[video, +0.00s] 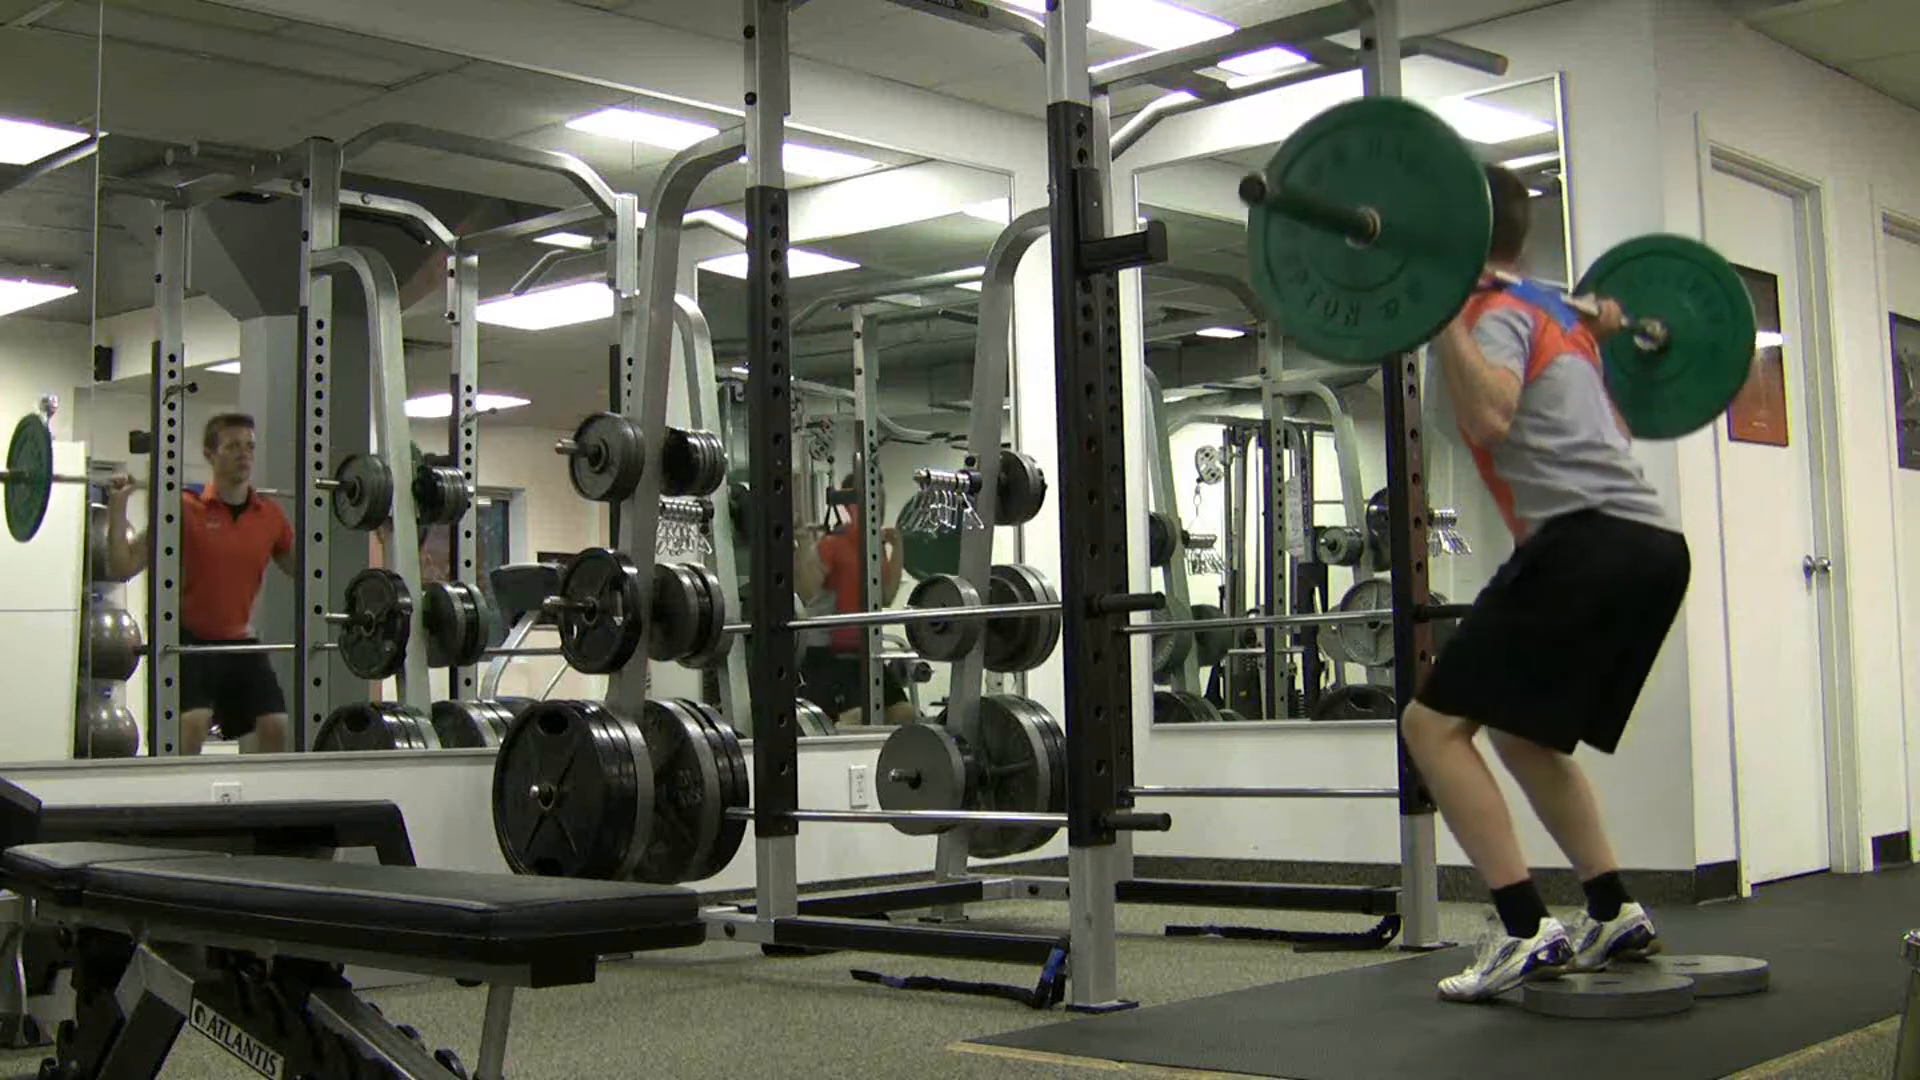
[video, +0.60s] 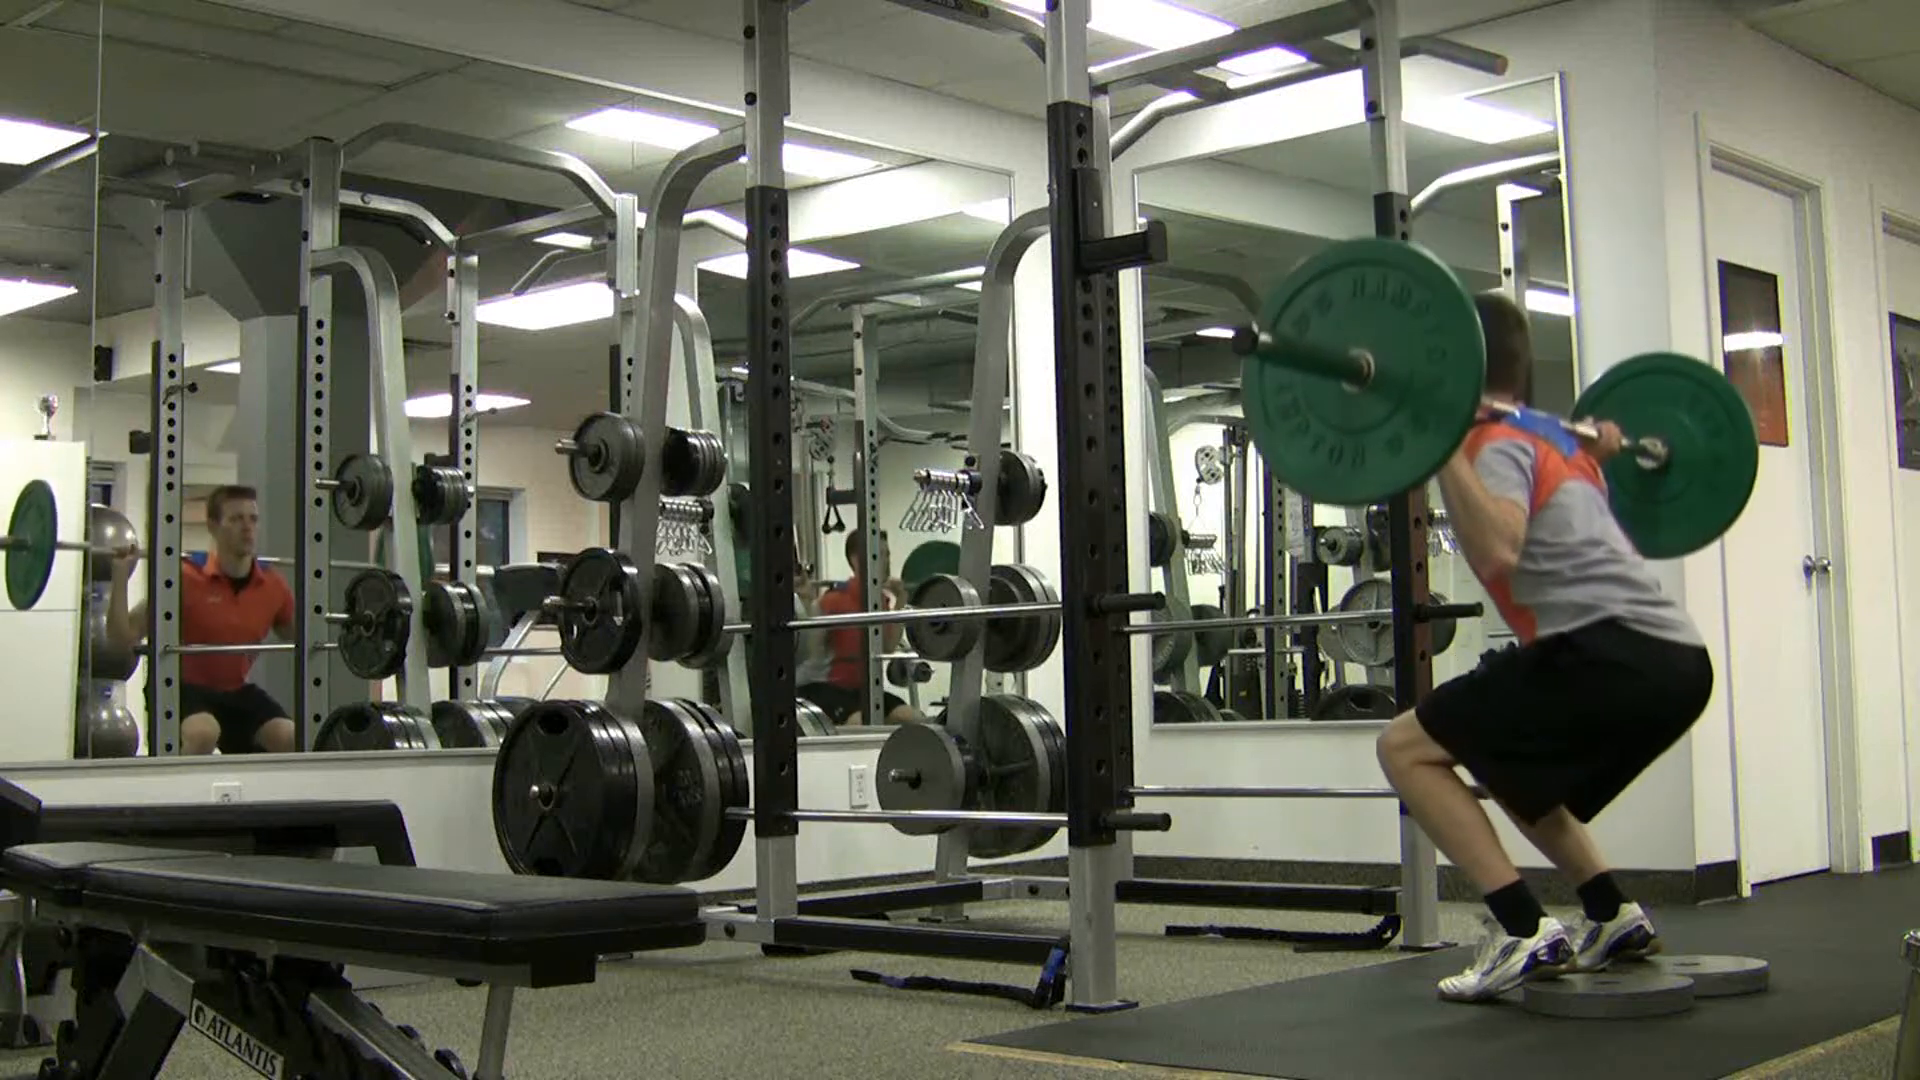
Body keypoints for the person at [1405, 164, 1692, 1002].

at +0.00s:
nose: (1437, 244)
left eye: (1443, 223)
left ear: (1459, 232)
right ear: (1521, 235)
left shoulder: (1497, 306)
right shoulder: (1562, 310)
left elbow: (1487, 420)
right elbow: (1618, 418)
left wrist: (1438, 310)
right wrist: (1596, 327)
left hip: (1584, 541)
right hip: (1655, 548)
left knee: (1431, 725)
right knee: (1524, 730)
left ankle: (1525, 930)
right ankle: (1617, 916)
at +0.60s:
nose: (1430, 373)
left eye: (1440, 357)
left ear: (1454, 366)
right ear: (1520, 370)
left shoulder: (1499, 439)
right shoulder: (1558, 437)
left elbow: (1496, 553)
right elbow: (1574, 510)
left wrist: (1441, 444)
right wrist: (1591, 452)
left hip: (1602, 654)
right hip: (1678, 664)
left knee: (1405, 747)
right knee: (1512, 775)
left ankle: (1523, 930)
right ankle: (1613, 914)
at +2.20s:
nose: (1437, 257)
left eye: (1441, 240)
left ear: (1459, 244)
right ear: (1518, 244)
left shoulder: (1496, 309)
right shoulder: (1566, 317)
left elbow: (1487, 416)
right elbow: (1630, 430)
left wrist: (1440, 314)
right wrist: (1610, 340)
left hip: (1587, 542)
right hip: (1658, 541)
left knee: (1438, 723)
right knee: (1519, 727)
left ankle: (1523, 931)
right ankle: (1614, 911)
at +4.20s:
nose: (1433, 315)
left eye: (1441, 298)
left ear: (1455, 307)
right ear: (1521, 309)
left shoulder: (1499, 381)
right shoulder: (1563, 382)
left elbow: (1497, 491)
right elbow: (1614, 484)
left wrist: (1443, 393)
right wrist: (1593, 399)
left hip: (1595, 604)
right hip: (1669, 610)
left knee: (1413, 740)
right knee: (1513, 755)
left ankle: (1522, 930)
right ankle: (1614, 913)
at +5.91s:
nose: (1435, 251)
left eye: (1436, 236)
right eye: (1439, 234)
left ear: (1453, 239)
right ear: (1515, 242)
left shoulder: (1490, 308)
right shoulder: (1563, 317)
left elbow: (1485, 416)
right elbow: (1628, 427)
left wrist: (1434, 310)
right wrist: (1601, 333)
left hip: (1588, 537)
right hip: (1655, 536)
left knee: (1440, 721)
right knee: (1516, 724)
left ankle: (1523, 929)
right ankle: (1614, 913)